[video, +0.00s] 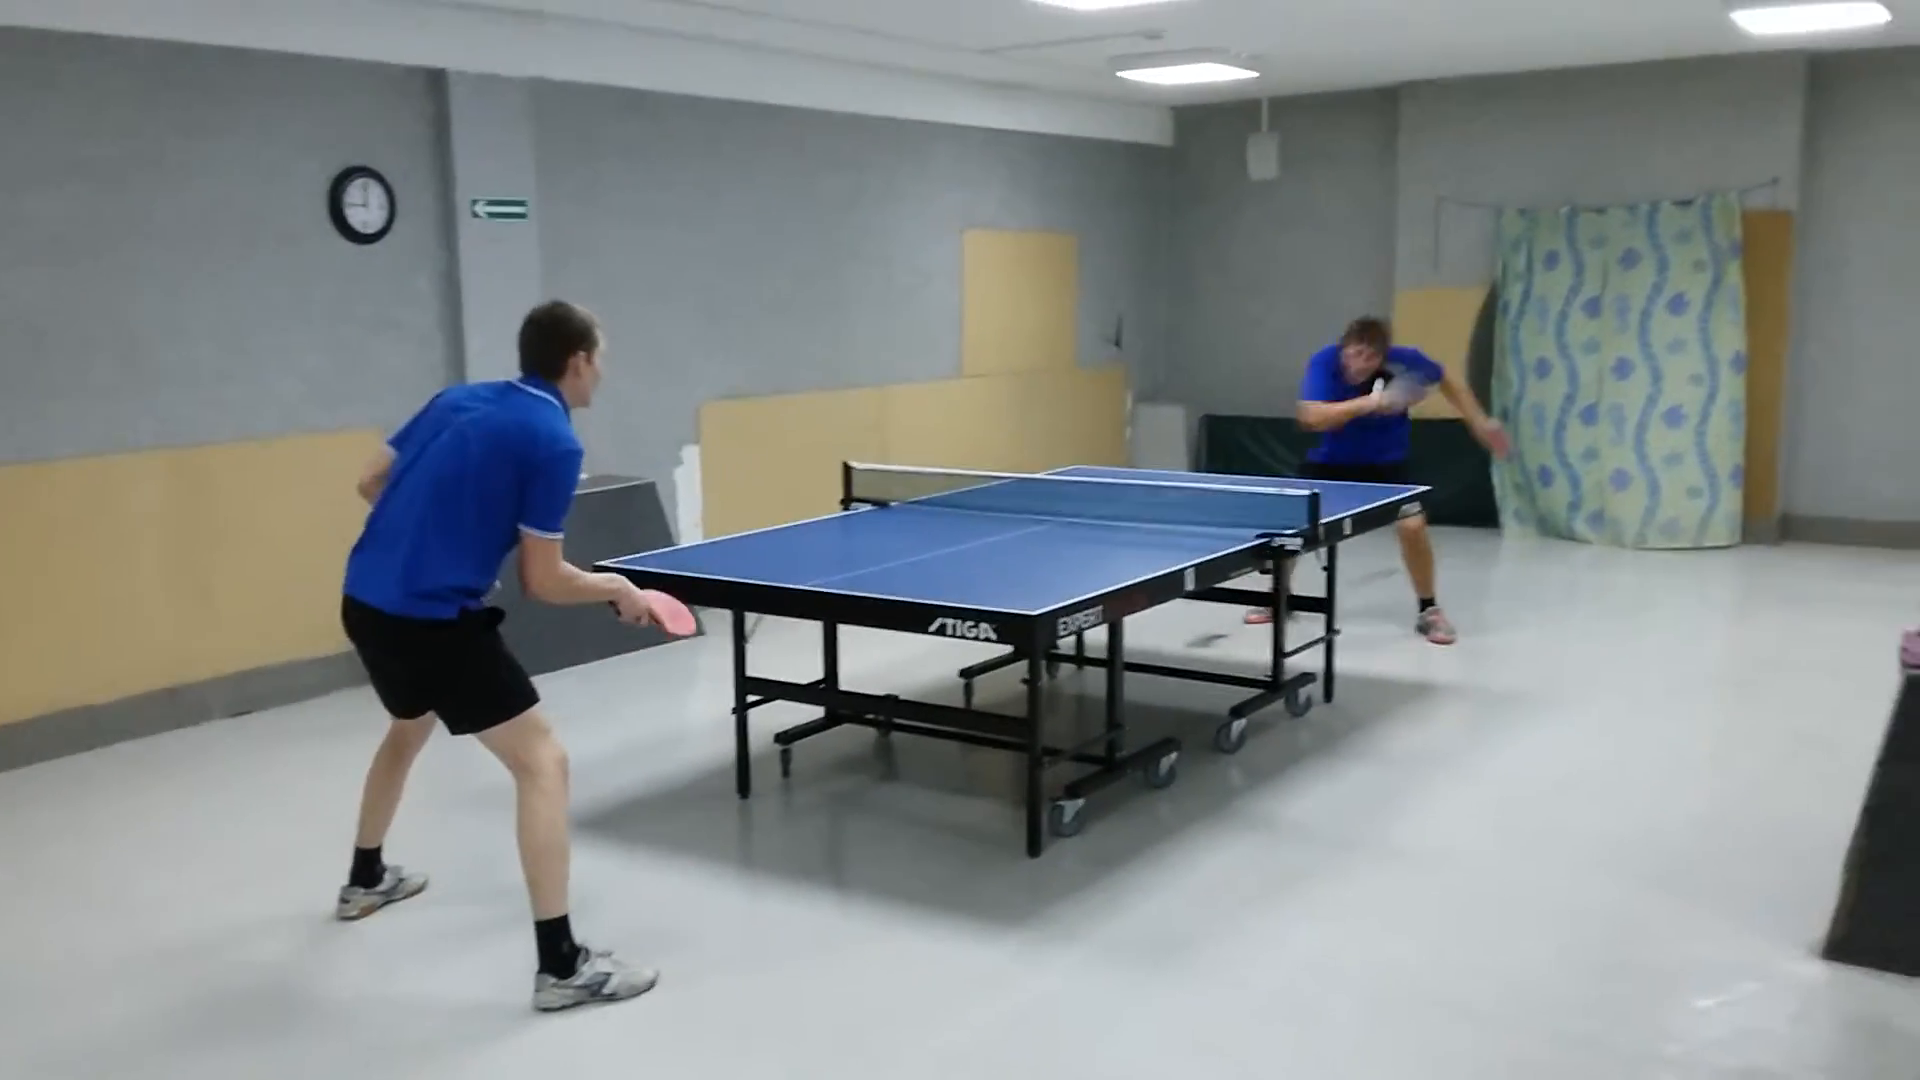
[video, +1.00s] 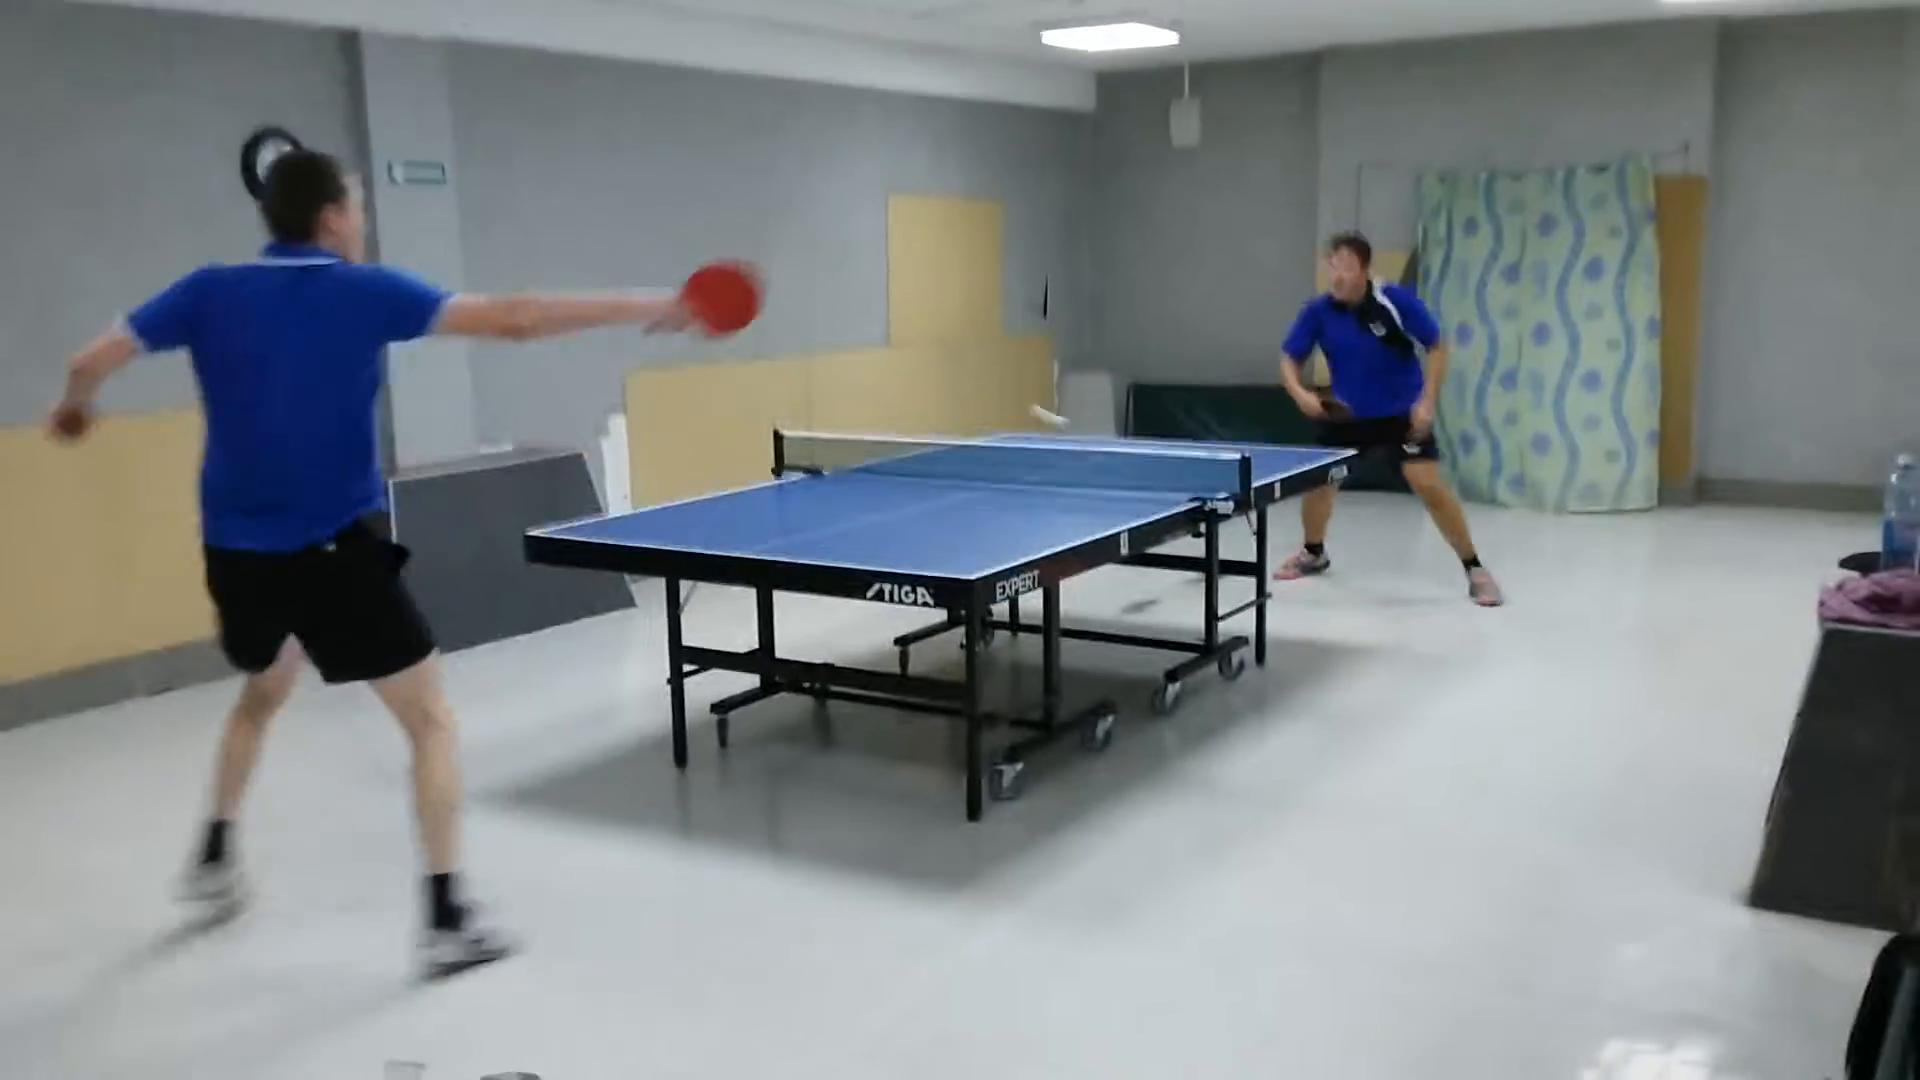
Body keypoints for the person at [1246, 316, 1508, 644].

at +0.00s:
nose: (1359, 364)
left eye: (1368, 358)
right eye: (1355, 355)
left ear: (1382, 356)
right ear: (1345, 348)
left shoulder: (1403, 361)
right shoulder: (1324, 363)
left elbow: (1445, 379)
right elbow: (1310, 417)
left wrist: (1479, 422)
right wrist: (1370, 402)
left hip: (1388, 467)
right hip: (1328, 467)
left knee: (1413, 524)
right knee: (1289, 520)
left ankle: (1428, 610)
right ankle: (1276, 598)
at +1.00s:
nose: (1339, 276)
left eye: (1348, 268)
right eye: (1335, 266)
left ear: (1366, 271)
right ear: (1327, 269)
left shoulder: (1396, 302)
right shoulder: (1318, 312)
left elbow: (1437, 345)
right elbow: (1289, 357)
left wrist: (1428, 401)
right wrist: (1301, 395)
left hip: (1401, 415)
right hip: (1346, 416)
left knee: (1427, 484)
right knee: (1318, 480)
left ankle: (1474, 569)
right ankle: (1313, 554)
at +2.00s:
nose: (1447, 247)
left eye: (1457, 240)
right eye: (1444, 240)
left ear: (1480, 247)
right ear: (1440, 246)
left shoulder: (1515, 280)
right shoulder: (1436, 295)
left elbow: (1562, 318)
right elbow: (1420, 343)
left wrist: (1566, 371)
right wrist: (1412, 378)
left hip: (1529, 395)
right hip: (1478, 398)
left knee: (1532, 480)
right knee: (1459, 477)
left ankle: (1565, 567)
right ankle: (1472, 559)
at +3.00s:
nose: (1611, 287)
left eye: (1622, 280)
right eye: (1607, 280)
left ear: (1645, 287)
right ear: (1602, 286)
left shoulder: (1677, 325)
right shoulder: (1584, 336)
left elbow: (1715, 368)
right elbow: (1581, 405)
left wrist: (1745, 415)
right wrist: (1631, 433)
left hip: (1650, 434)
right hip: (1595, 432)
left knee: (1643, 498)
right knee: (1568, 516)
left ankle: (1651, 601)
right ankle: (1581, 573)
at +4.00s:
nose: (1680, 289)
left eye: (1690, 282)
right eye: (1677, 283)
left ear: (1720, 289)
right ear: (1675, 291)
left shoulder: (1762, 324)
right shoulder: (1678, 340)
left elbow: (1828, 362)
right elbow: (1656, 386)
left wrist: (1802, 407)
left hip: (1776, 436)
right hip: (1721, 439)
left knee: (1743, 515)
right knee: (1684, 515)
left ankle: (1805, 612)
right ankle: (1657, 573)